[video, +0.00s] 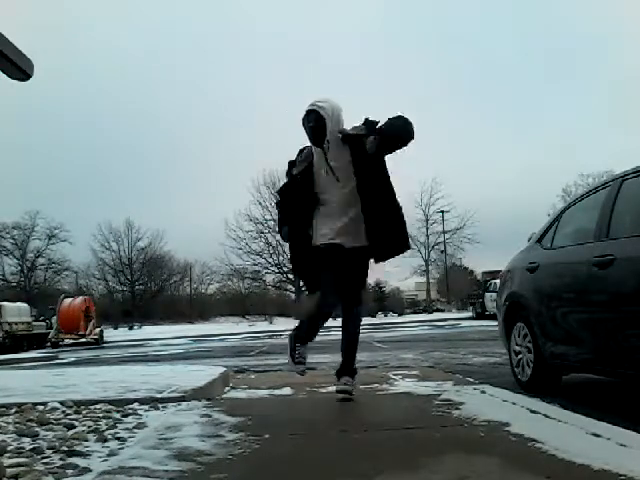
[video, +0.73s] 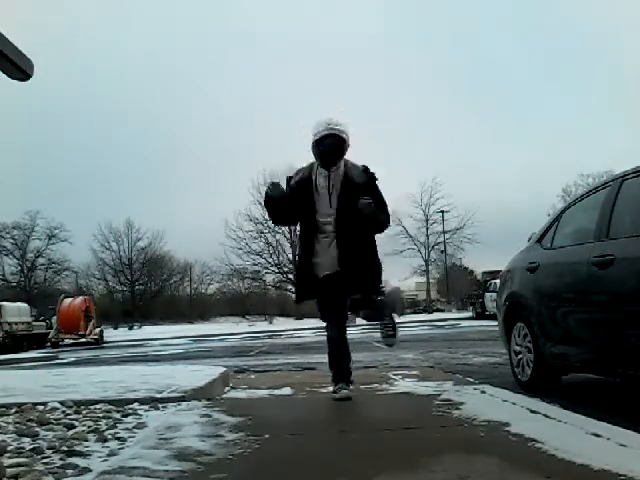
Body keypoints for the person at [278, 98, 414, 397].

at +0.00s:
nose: (310, 128)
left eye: (316, 121)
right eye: (307, 123)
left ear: (332, 121)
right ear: (305, 126)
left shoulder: (360, 144)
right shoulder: (305, 161)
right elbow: (288, 203)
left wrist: (384, 134)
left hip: (356, 242)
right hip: (321, 243)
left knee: (352, 309)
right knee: (326, 303)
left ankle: (347, 375)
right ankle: (298, 341)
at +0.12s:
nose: (309, 120)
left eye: (314, 113)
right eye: (305, 115)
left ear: (329, 112)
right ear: (302, 119)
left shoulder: (351, 130)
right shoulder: (300, 155)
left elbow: (387, 118)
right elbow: (301, 202)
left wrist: (358, 99)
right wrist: (298, 238)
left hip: (358, 233)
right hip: (325, 240)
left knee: (361, 301)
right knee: (333, 309)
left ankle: (367, 354)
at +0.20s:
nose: (307, 131)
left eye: (313, 125)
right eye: (304, 126)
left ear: (328, 126)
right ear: (302, 131)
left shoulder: (349, 149)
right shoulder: (303, 165)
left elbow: (380, 146)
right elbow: (305, 210)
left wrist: (361, 111)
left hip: (356, 241)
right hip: (323, 249)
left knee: (371, 298)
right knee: (338, 319)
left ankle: (382, 331)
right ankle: (346, 381)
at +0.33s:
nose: (307, 142)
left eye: (311, 135)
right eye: (303, 137)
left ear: (328, 136)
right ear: (302, 140)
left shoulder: (349, 162)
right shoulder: (303, 176)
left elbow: (380, 162)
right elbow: (305, 219)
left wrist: (349, 129)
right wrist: (287, 187)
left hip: (357, 253)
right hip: (324, 258)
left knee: (378, 300)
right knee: (335, 325)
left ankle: (395, 313)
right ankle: (345, 381)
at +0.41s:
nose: (308, 129)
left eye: (313, 122)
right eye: (303, 124)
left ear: (329, 123)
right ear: (300, 130)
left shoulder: (351, 146)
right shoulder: (301, 165)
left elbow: (381, 128)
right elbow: (301, 210)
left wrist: (346, 111)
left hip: (357, 241)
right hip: (323, 251)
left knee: (376, 289)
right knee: (334, 318)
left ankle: (387, 308)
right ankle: (344, 379)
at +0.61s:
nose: (314, 140)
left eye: (320, 134)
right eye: (310, 135)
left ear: (336, 135)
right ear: (306, 140)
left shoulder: (351, 160)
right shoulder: (301, 176)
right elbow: (292, 222)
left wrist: (354, 145)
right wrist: (289, 256)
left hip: (352, 249)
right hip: (319, 257)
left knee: (368, 313)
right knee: (332, 320)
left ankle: (384, 294)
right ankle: (341, 380)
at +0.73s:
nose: (330, 150)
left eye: (335, 144)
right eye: (324, 144)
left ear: (345, 146)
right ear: (314, 148)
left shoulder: (360, 177)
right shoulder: (302, 181)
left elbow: (382, 221)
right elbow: (284, 218)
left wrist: (370, 214)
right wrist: (275, 199)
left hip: (356, 260)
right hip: (320, 264)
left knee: (360, 303)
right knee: (334, 325)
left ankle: (383, 316)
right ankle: (341, 381)